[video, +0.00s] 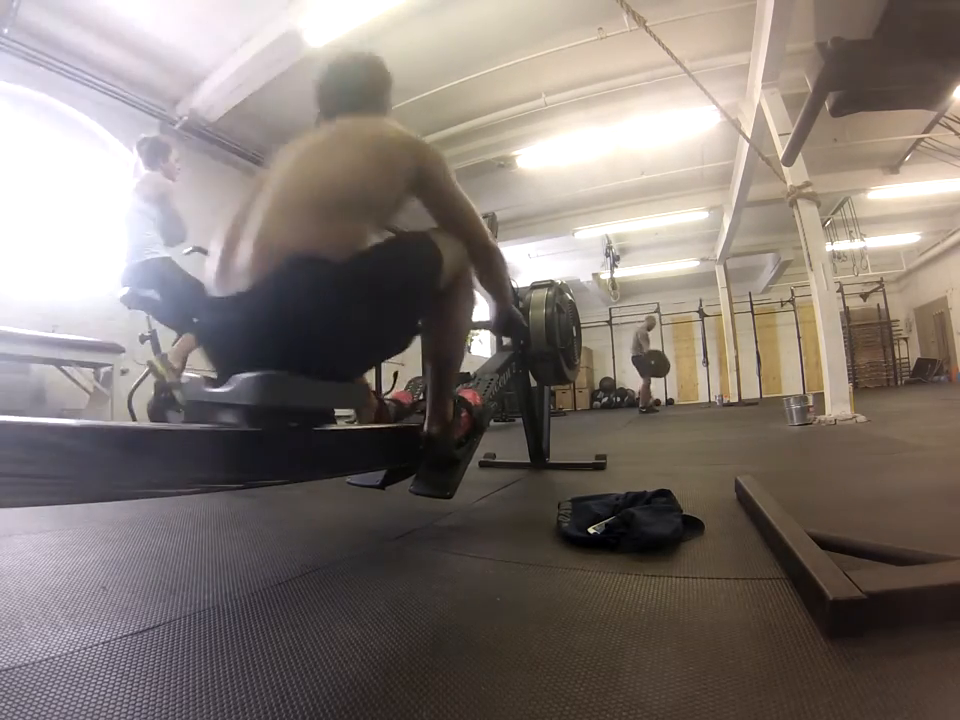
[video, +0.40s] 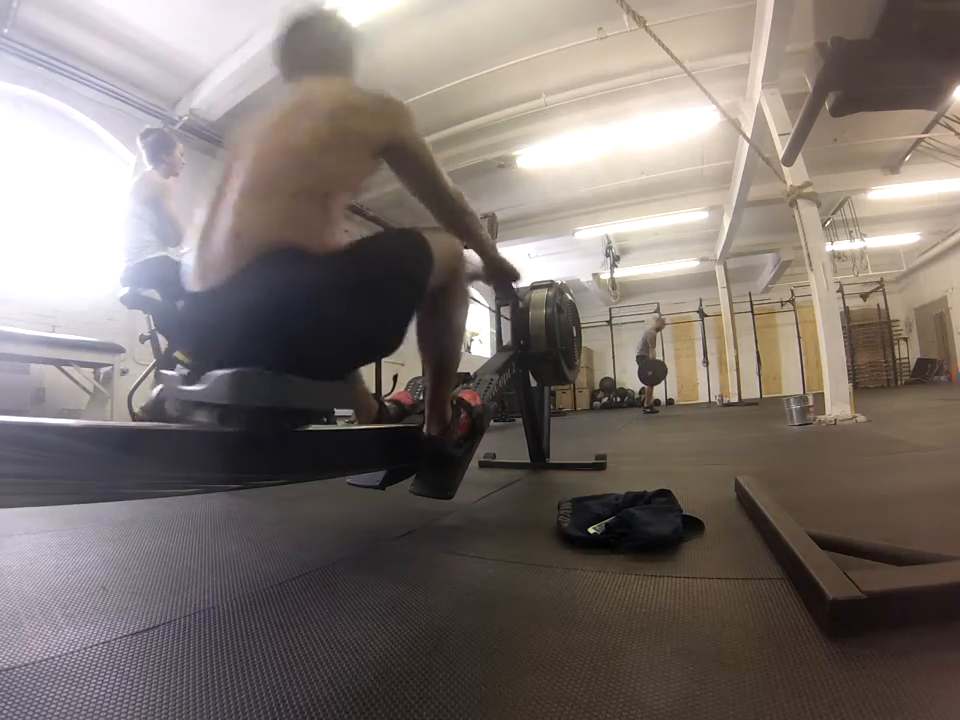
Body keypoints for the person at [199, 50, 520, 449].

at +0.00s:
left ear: (322, 107)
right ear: (385, 100)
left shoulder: (290, 154)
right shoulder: (403, 145)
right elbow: (482, 244)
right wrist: (505, 308)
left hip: (234, 336)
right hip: (321, 322)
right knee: (457, 251)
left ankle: (370, 408)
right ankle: (440, 424)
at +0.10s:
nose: (406, 122)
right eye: (406, 116)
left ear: (341, 125)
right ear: (401, 119)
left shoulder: (309, 168)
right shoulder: (422, 161)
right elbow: (492, 255)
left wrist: (176, 346)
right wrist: (516, 316)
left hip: (248, 351)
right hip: (331, 335)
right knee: (467, 249)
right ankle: (440, 418)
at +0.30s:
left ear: (318, 102)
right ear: (383, 92)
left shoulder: (285, 154)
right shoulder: (409, 144)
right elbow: (478, 232)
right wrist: (512, 281)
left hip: (230, 343)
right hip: (314, 324)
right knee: (458, 252)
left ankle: (369, 413)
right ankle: (439, 422)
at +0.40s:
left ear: (285, 69)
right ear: (348, 58)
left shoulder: (251, 128)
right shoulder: (375, 110)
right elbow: (456, 215)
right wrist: (494, 263)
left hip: (205, 329)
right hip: (296, 309)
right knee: (450, 254)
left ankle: (368, 411)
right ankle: (439, 424)